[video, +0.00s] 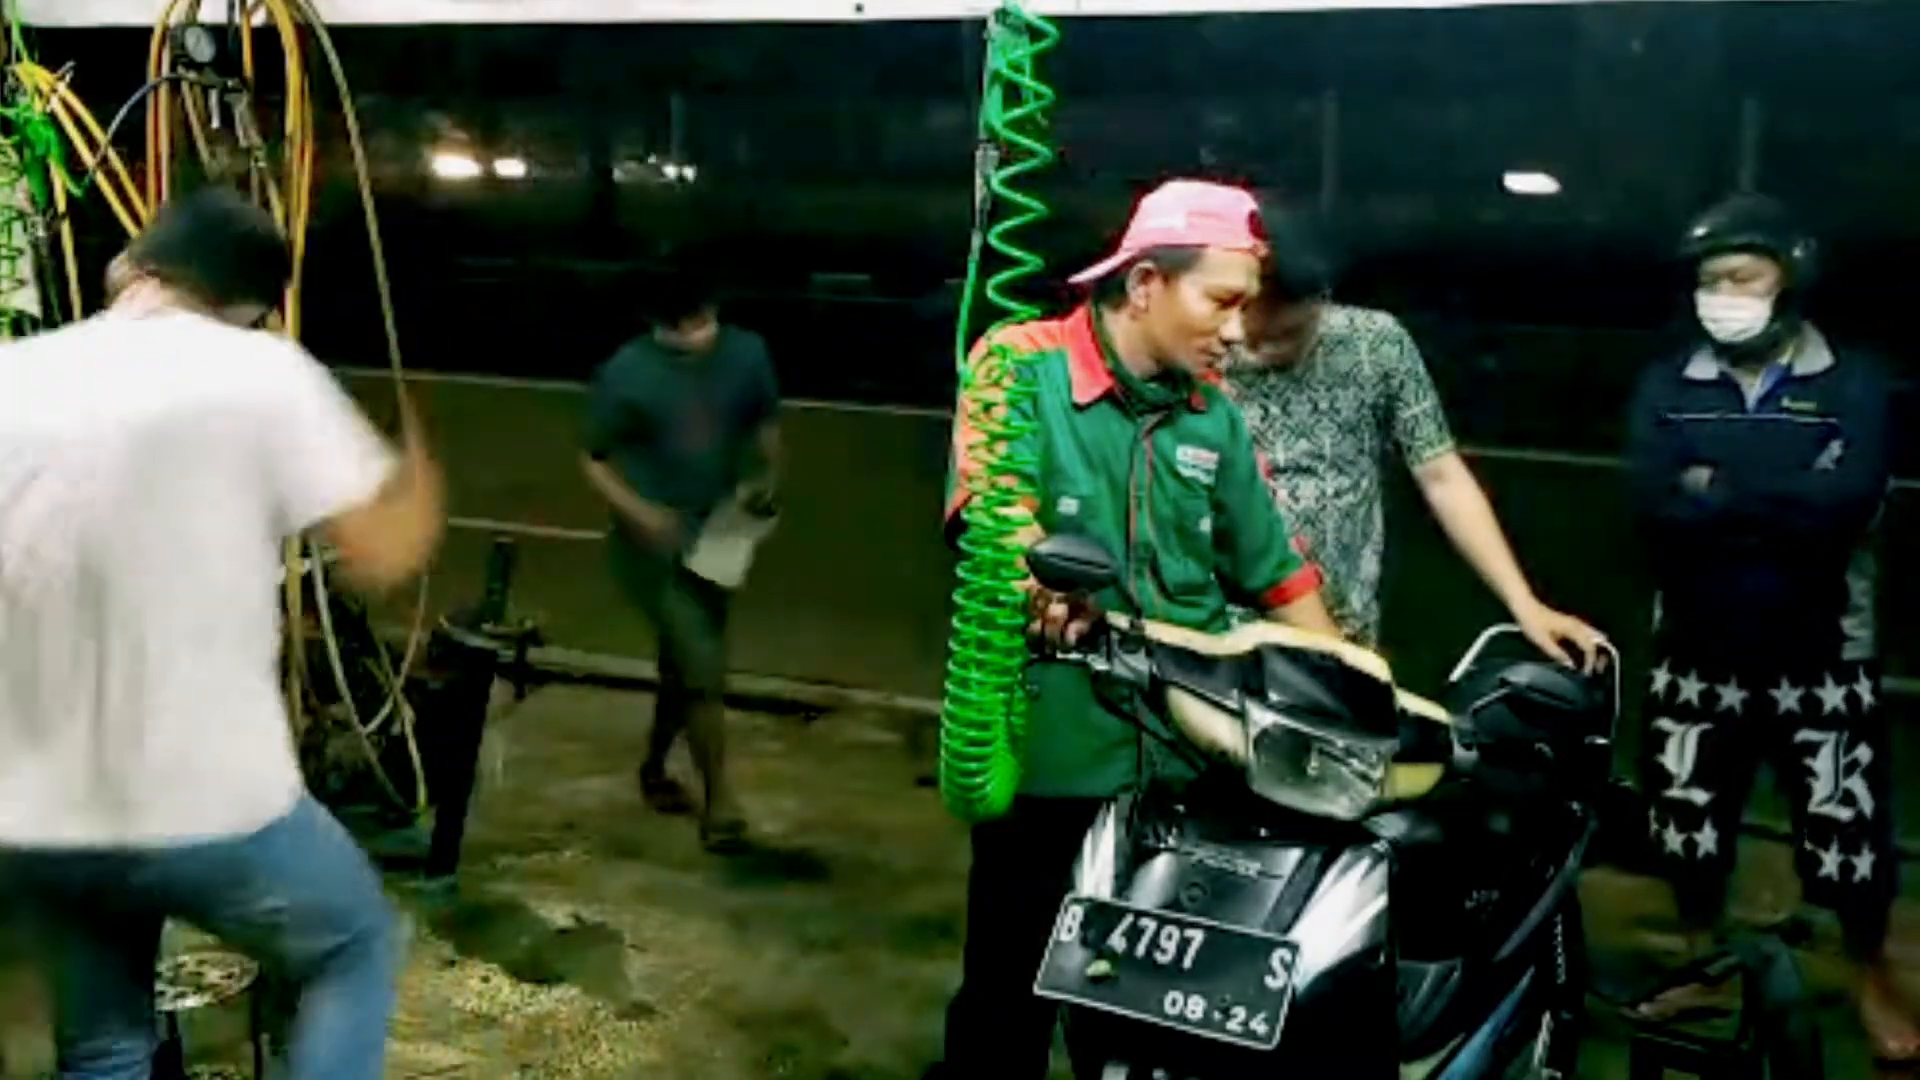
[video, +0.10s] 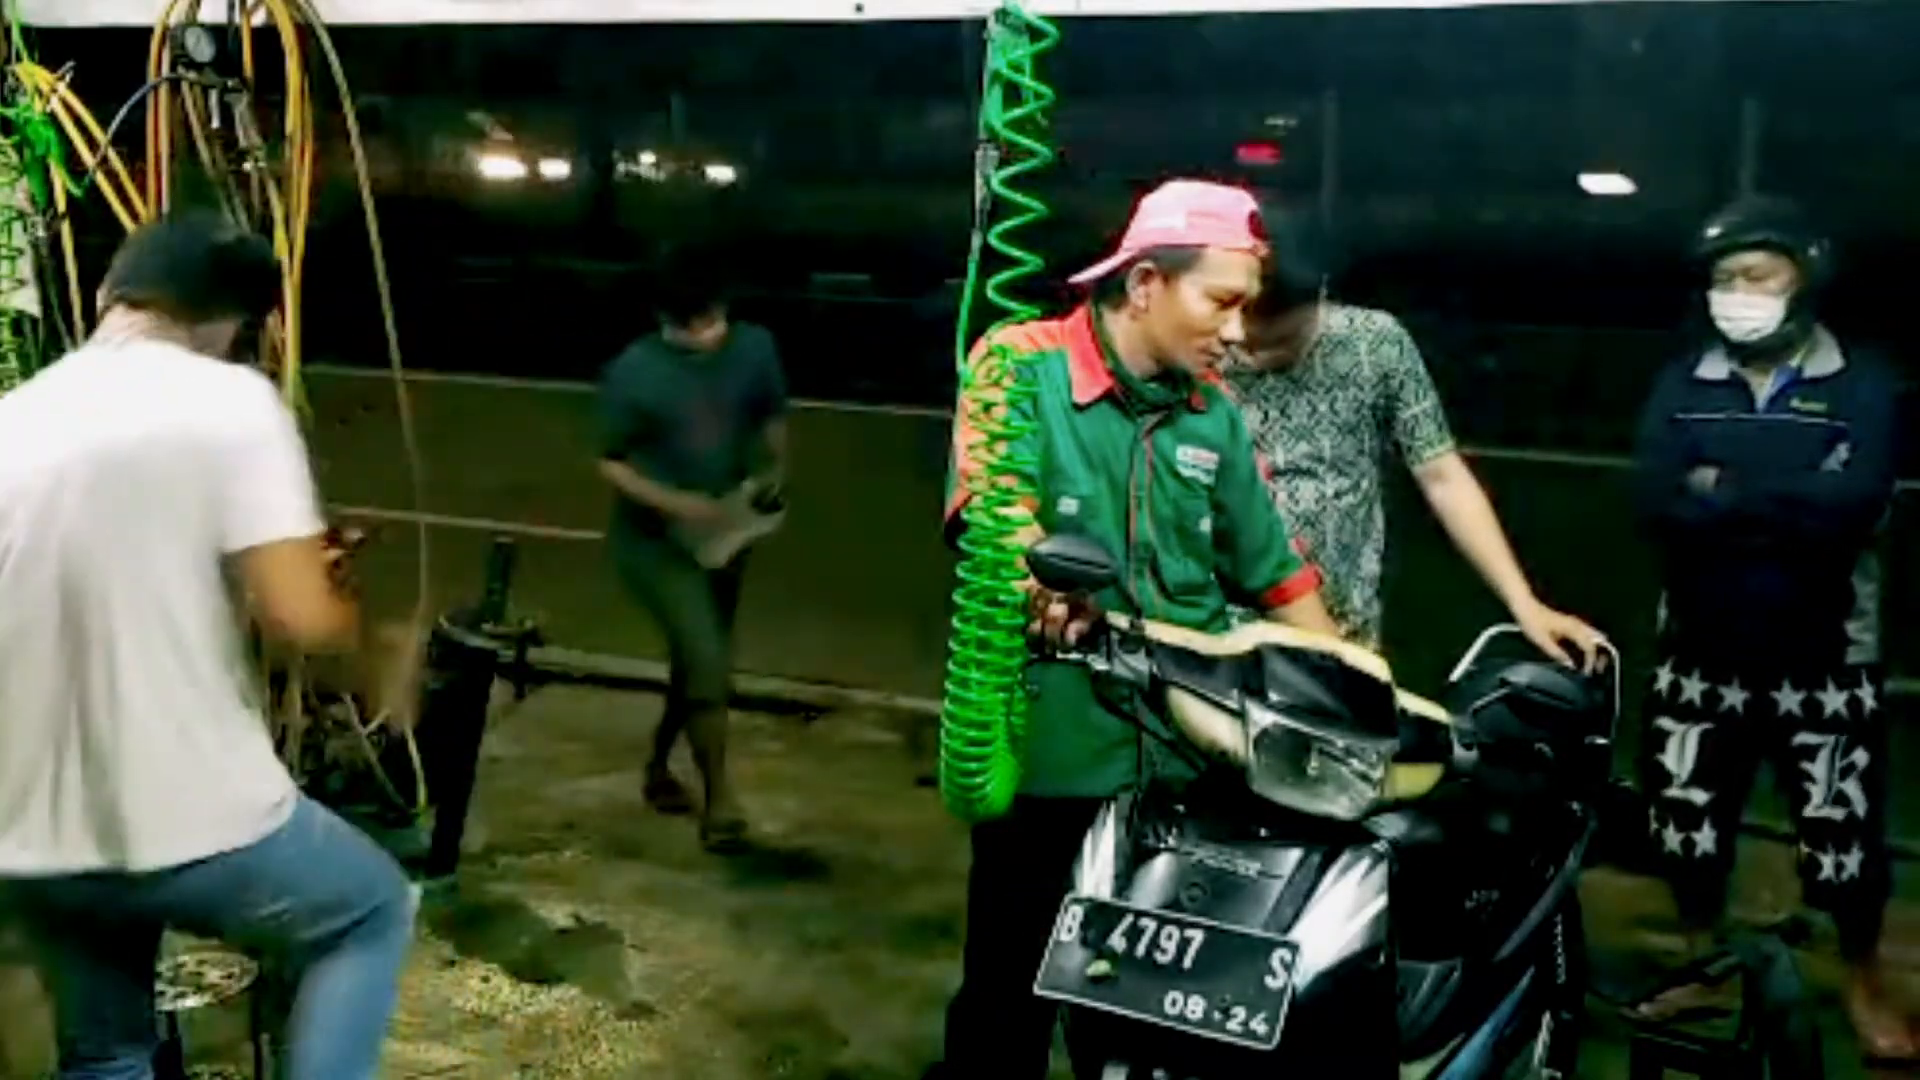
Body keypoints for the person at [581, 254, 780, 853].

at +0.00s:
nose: (693, 340)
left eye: (701, 326)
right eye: (679, 331)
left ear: (716, 315)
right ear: (657, 326)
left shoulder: (745, 357)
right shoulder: (629, 373)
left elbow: (766, 427)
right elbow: (591, 457)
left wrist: (767, 480)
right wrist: (639, 512)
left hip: (719, 531)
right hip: (651, 533)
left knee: (687, 659)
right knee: (698, 658)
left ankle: (655, 765)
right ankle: (719, 804)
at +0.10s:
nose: (703, 339)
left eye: (710, 326)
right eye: (689, 331)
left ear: (725, 312)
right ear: (666, 321)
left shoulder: (752, 352)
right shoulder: (636, 373)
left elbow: (773, 422)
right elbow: (608, 461)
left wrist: (772, 475)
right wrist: (682, 505)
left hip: (726, 530)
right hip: (653, 535)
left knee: (700, 659)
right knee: (704, 658)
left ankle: (658, 763)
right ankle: (720, 804)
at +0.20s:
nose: (720, 329)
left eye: (728, 315)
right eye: (706, 318)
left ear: (744, 305)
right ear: (685, 314)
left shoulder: (767, 344)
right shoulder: (652, 366)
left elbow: (786, 415)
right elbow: (621, 459)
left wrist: (784, 468)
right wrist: (706, 491)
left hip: (739, 530)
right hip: (668, 533)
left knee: (733, 661)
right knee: (710, 663)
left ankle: (677, 757)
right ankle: (718, 801)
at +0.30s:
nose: (739, 319)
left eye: (747, 303)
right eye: (725, 307)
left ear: (761, 297)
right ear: (701, 303)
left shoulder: (780, 341)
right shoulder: (669, 359)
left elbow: (799, 418)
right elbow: (635, 453)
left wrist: (791, 465)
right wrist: (725, 476)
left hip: (750, 525)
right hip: (678, 528)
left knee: (773, 655)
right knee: (714, 662)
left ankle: (706, 765)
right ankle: (715, 804)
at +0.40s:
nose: (768, 306)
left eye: (773, 292)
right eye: (754, 294)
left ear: (784, 289)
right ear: (720, 289)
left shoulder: (794, 340)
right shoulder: (687, 354)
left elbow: (808, 424)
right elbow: (654, 451)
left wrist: (804, 471)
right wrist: (750, 467)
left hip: (774, 541)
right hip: (705, 544)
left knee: (803, 671)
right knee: (719, 684)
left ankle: (789, 804)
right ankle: (719, 807)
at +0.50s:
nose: (781, 297)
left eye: (788, 283)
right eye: (767, 285)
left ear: (800, 282)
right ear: (736, 282)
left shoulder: (809, 338)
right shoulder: (705, 349)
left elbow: (811, 422)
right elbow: (669, 450)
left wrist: (823, 461)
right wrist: (769, 463)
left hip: (785, 544)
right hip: (714, 546)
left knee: (819, 676)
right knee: (723, 686)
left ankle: (827, 815)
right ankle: (720, 809)